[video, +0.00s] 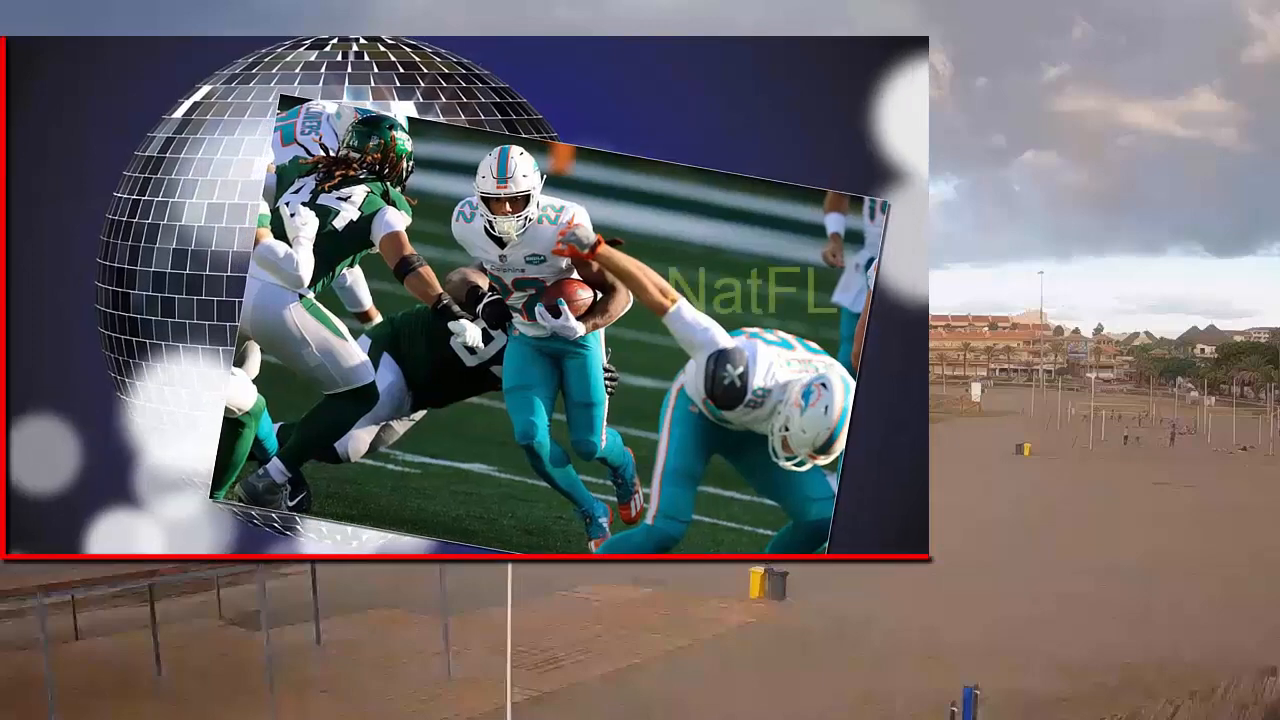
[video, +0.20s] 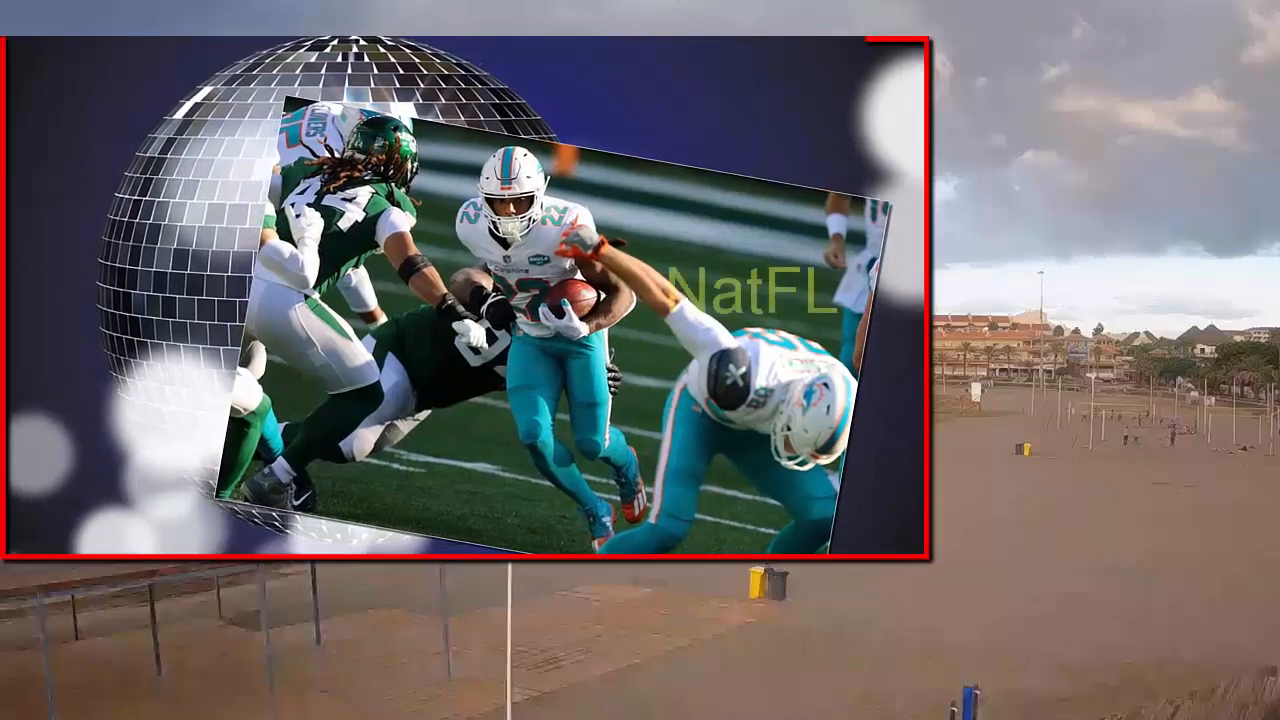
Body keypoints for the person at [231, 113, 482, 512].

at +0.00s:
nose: (406, 167)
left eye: (405, 159)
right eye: (404, 159)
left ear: (347, 147)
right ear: (391, 160)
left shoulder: (300, 171)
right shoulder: (379, 204)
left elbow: (244, 192)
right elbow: (406, 264)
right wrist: (448, 309)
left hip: (230, 280)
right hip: (280, 300)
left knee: (235, 379)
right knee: (360, 391)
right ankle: (271, 477)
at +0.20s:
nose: (409, 171)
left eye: (408, 163)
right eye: (407, 163)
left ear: (353, 146)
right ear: (397, 164)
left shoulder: (305, 170)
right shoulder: (386, 201)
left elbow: (248, 187)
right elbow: (411, 265)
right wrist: (456, 309)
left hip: (238, 281)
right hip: (286, 300)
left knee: (246, 365)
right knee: (364, 389)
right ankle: (278, 474)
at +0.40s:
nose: (415, 171)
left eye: (414, 162)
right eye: (412, 163)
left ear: (357, 149)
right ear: (401, 163)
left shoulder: (313, 174)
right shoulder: (389, 204)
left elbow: (259, 187)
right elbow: (415, 265)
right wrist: (459, 312)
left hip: (240, 281)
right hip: (291, 301)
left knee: (248, 378)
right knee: (369, 389)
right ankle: (284, 474)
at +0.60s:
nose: (419, 173)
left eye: (419, 165)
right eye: (417, 165)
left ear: (361, 151)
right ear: (405, 166)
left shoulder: (314, 174)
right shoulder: (394, 208)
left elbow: (259, 198)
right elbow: (420, 267)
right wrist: (462, 311)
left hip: (244, 281)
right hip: (296, 300)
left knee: (250, 390)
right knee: (375, 390)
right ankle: (288, 474)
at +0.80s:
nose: (423, 173)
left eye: (422, 165)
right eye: (421, 165)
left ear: (367, 152)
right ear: (410, 166)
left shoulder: (319, 175)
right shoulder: (397, 207)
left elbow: (265, 199)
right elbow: (424, 266)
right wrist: (465, 310)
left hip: (253, 283)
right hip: (302, 301)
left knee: (263, 367)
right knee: (379, 389)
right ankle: (296, 472)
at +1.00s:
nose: (428, 175)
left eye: (427, 167)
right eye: (426, 167)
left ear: (372, 153)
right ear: (414, 167)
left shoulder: (323, 176)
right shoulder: (401, 209)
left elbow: (270, 204)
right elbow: (429, 267)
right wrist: (471, 314)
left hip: (258, 283)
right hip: (307, 302)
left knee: (266, 372)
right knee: (384, 389)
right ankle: (300, 472)